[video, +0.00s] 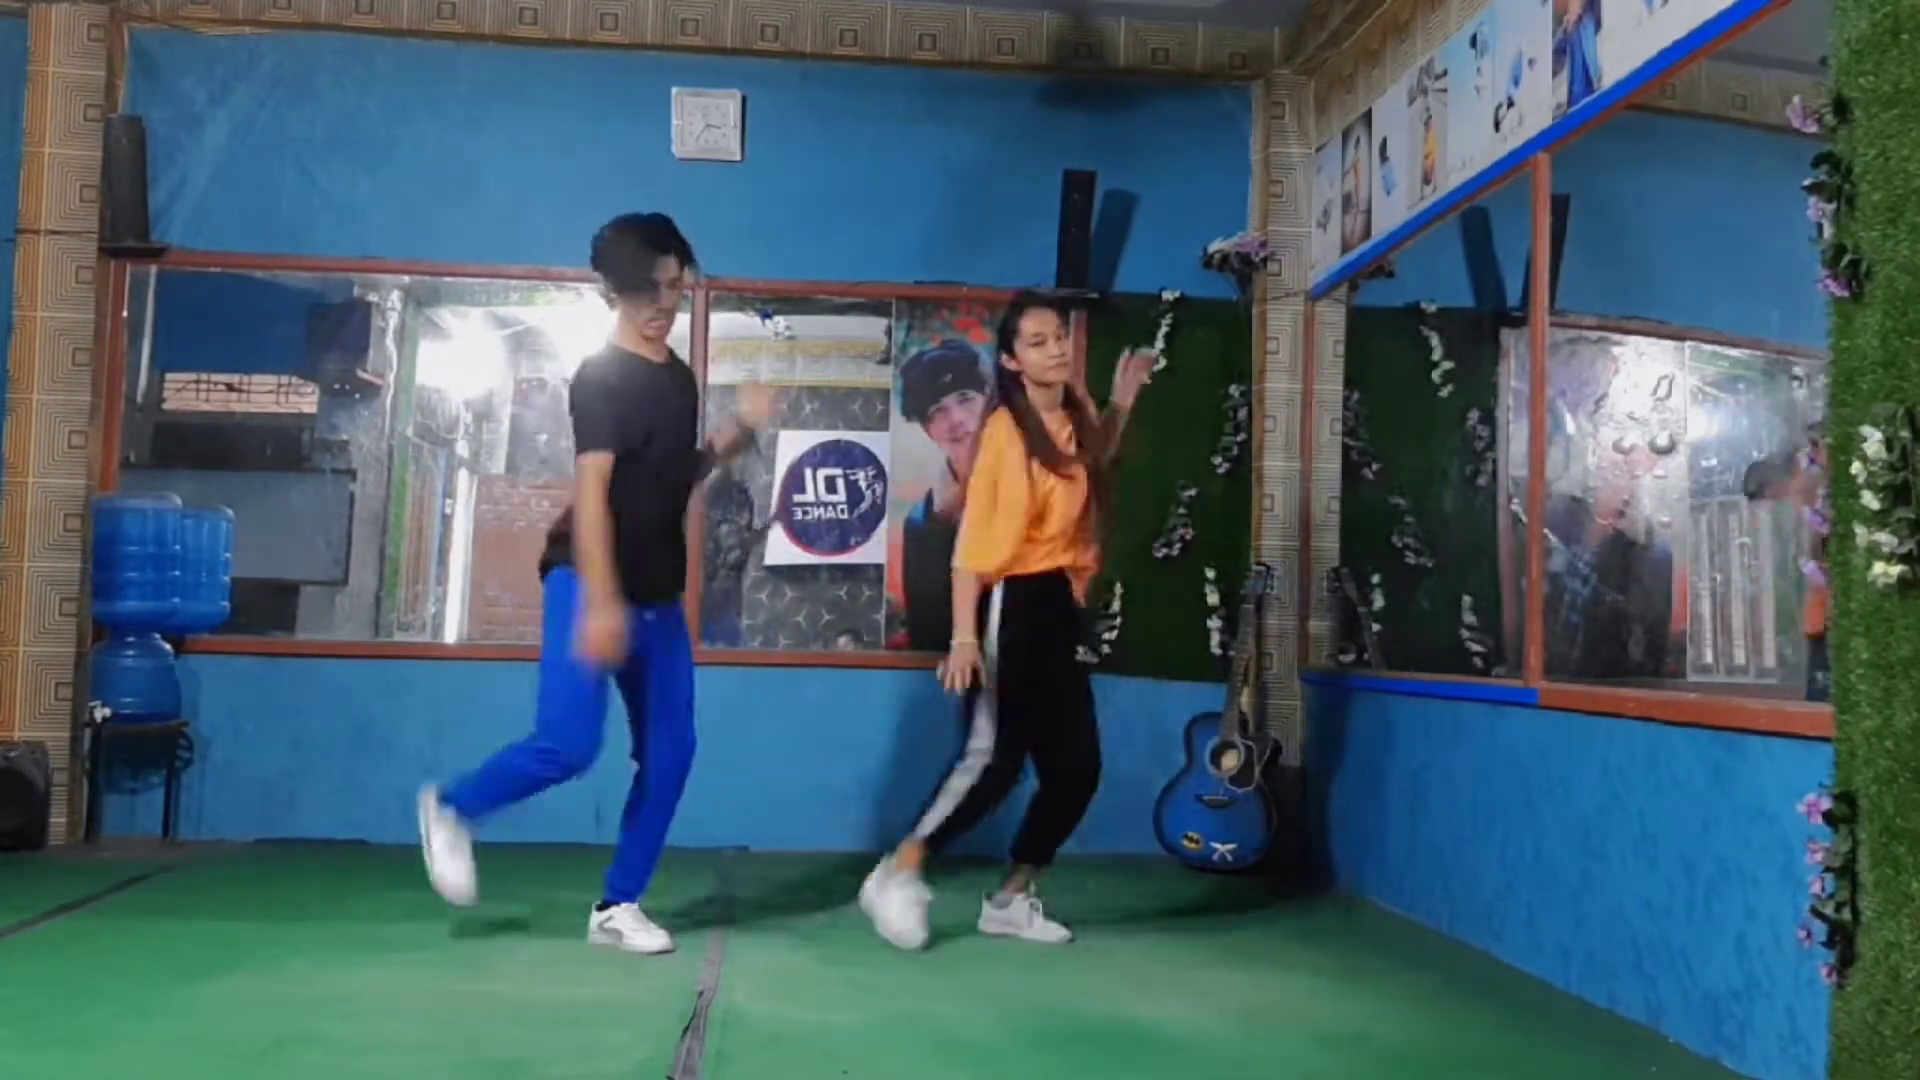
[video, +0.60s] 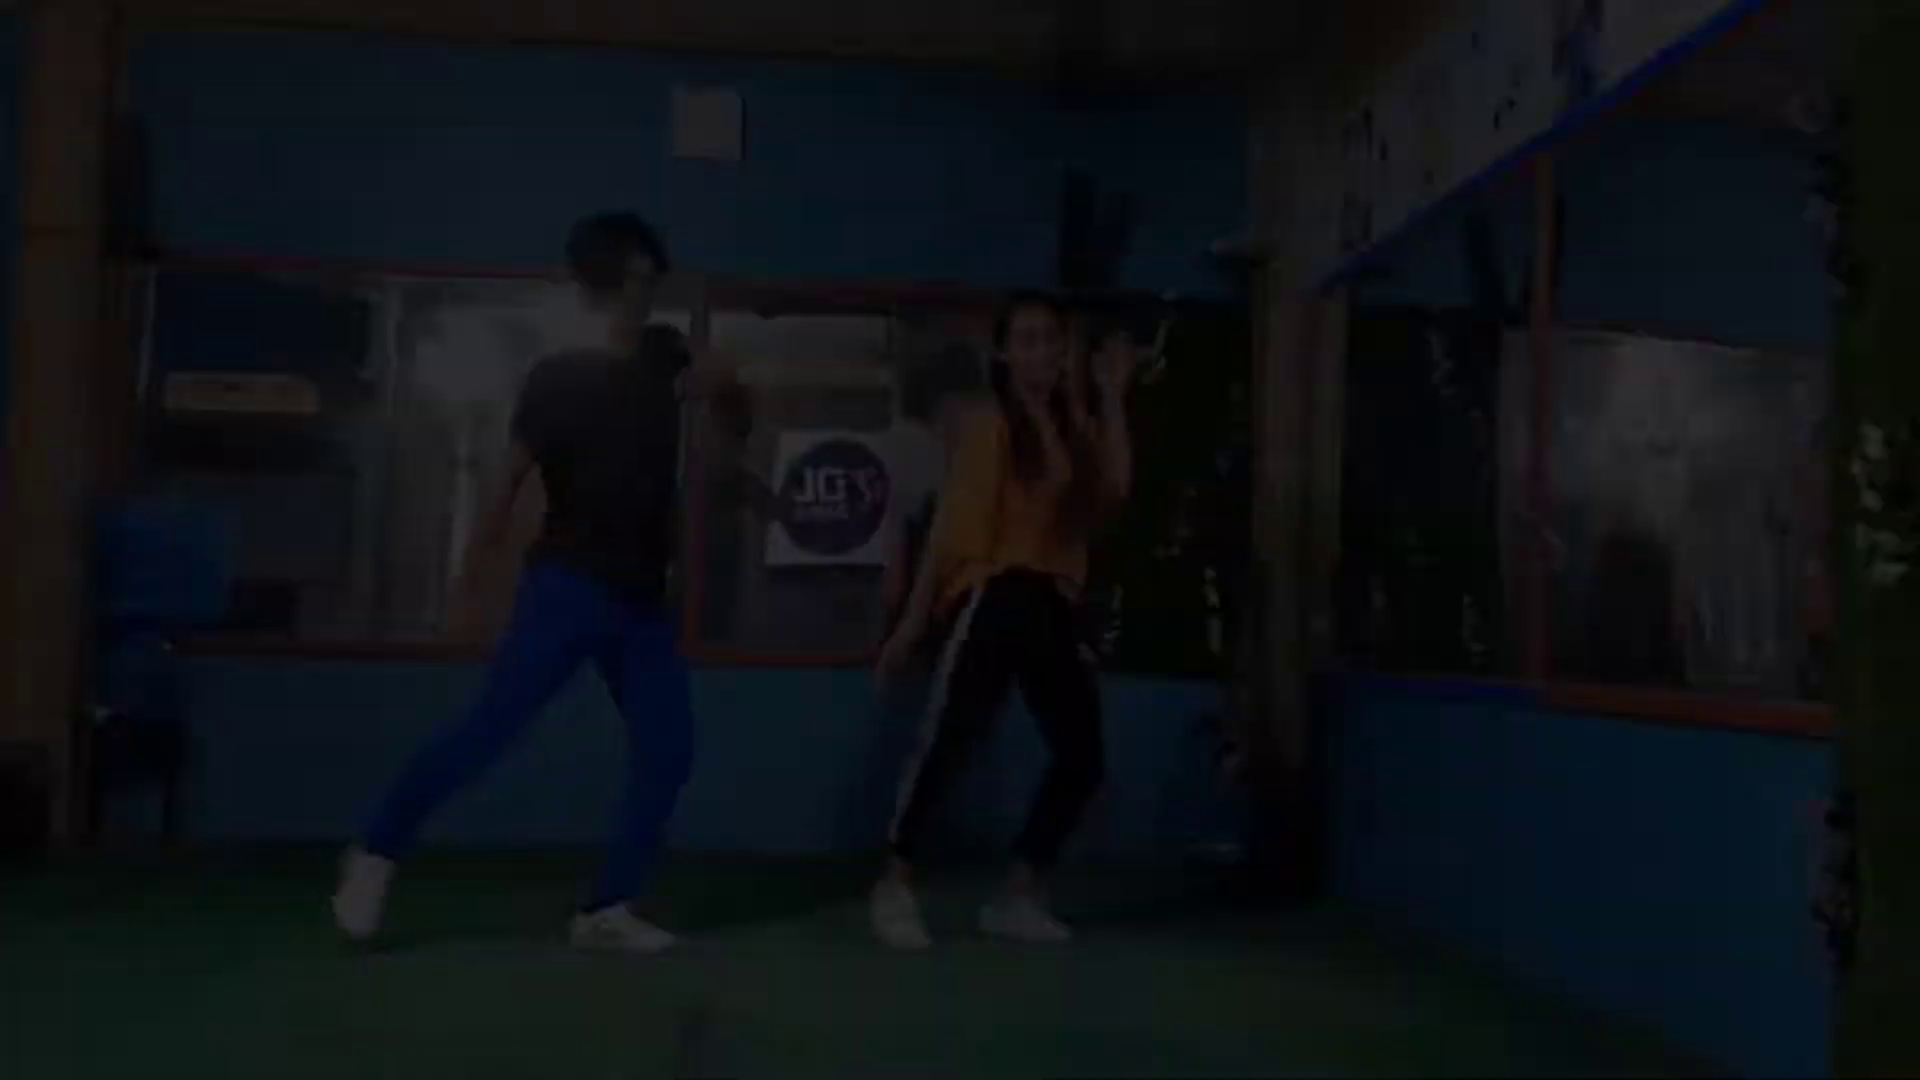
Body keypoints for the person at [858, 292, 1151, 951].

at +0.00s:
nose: (1053, 351)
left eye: (1058, 339)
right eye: (1036, 343)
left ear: (1071, 346)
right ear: (1011, 359)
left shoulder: (1072, 412)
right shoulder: (1005, 429)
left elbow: (1092, 465)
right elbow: (973, 539)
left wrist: (1122, 406)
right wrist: (964, 636)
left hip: (1054, 601)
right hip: (1006, 602)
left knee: (1076, 765)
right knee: (995, 757)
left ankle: (1013, 898)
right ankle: (898, 873)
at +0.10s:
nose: (1048, 352)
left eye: (1056, 340)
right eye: (1032, 342)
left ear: (1069, 346)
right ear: (1007, 356)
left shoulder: (1083, 409)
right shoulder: (994, 424)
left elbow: (1119, 482)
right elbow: (930, 522)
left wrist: (1135, 503)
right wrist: (953, 577)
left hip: (1054, 589)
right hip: (1008, 590)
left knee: (1062, 747)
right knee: (1101, 720)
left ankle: (1008, 899)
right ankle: (983, 813)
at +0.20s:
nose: (1044, 348)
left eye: (1052, 336)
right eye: (1028, 337)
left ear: (1065, 344)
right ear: (1001, 349)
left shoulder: (1078, 421)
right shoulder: (979, 408)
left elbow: (1117, 521)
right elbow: (895, 471)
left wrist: (1140, 608)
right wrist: (949, 492)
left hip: (1058, 589)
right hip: (1011, 592)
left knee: (1067, 740)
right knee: (1124, 717)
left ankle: (1008, 897)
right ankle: (1112, 876)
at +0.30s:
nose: (1039, 354)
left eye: (1050, 340)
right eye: (1027, 340)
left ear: (1066, 349)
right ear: (1003, 345)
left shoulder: (1064, 420)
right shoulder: (978, 397)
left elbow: (1106, 530)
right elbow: (885, 439)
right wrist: (972, 455)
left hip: (1061, 586)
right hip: (1006, 586)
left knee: (1061, 740)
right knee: (1100, 729)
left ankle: (1011, 892)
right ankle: (1149, 898)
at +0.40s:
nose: (1042, 354)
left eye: (1051, 342)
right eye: (1027, 343)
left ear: (1062, 349)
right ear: (1001, 352)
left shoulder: (1072, 424)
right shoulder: (983, 399)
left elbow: (1108, 503)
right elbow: (903, 458)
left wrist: (1129, 555)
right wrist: (959, 511)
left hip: (1050, 588)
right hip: (997, 584)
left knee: (1068, 734)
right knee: (1109, 711)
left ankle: (1009, 894)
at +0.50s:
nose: (1041, 351)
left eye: (1051, 339)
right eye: (1027, 339)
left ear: (1063, 346)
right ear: (1002, 349)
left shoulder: (1075, 417)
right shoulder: (987, 412)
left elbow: (1098, 508)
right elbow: (941, 520)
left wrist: (1134, 446)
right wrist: (934, 616)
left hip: (1051, 590)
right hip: (998, 585)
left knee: (1080, 755)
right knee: (1033, 745)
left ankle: (1012, 898)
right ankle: (937, 872)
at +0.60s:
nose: (1036, 354)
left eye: (1047, 340)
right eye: (1024, 341)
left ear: (1065, 352)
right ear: (1004, 353)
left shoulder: (1075, 427)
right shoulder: (988, 425)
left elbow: (1113, 488)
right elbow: (951, 531)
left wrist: (1111, 399)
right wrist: (913, 621)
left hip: (1053, 598)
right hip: (990, 593)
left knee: (1079, 750)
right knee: (952, 735)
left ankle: (1020, 891)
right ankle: (897, 882)